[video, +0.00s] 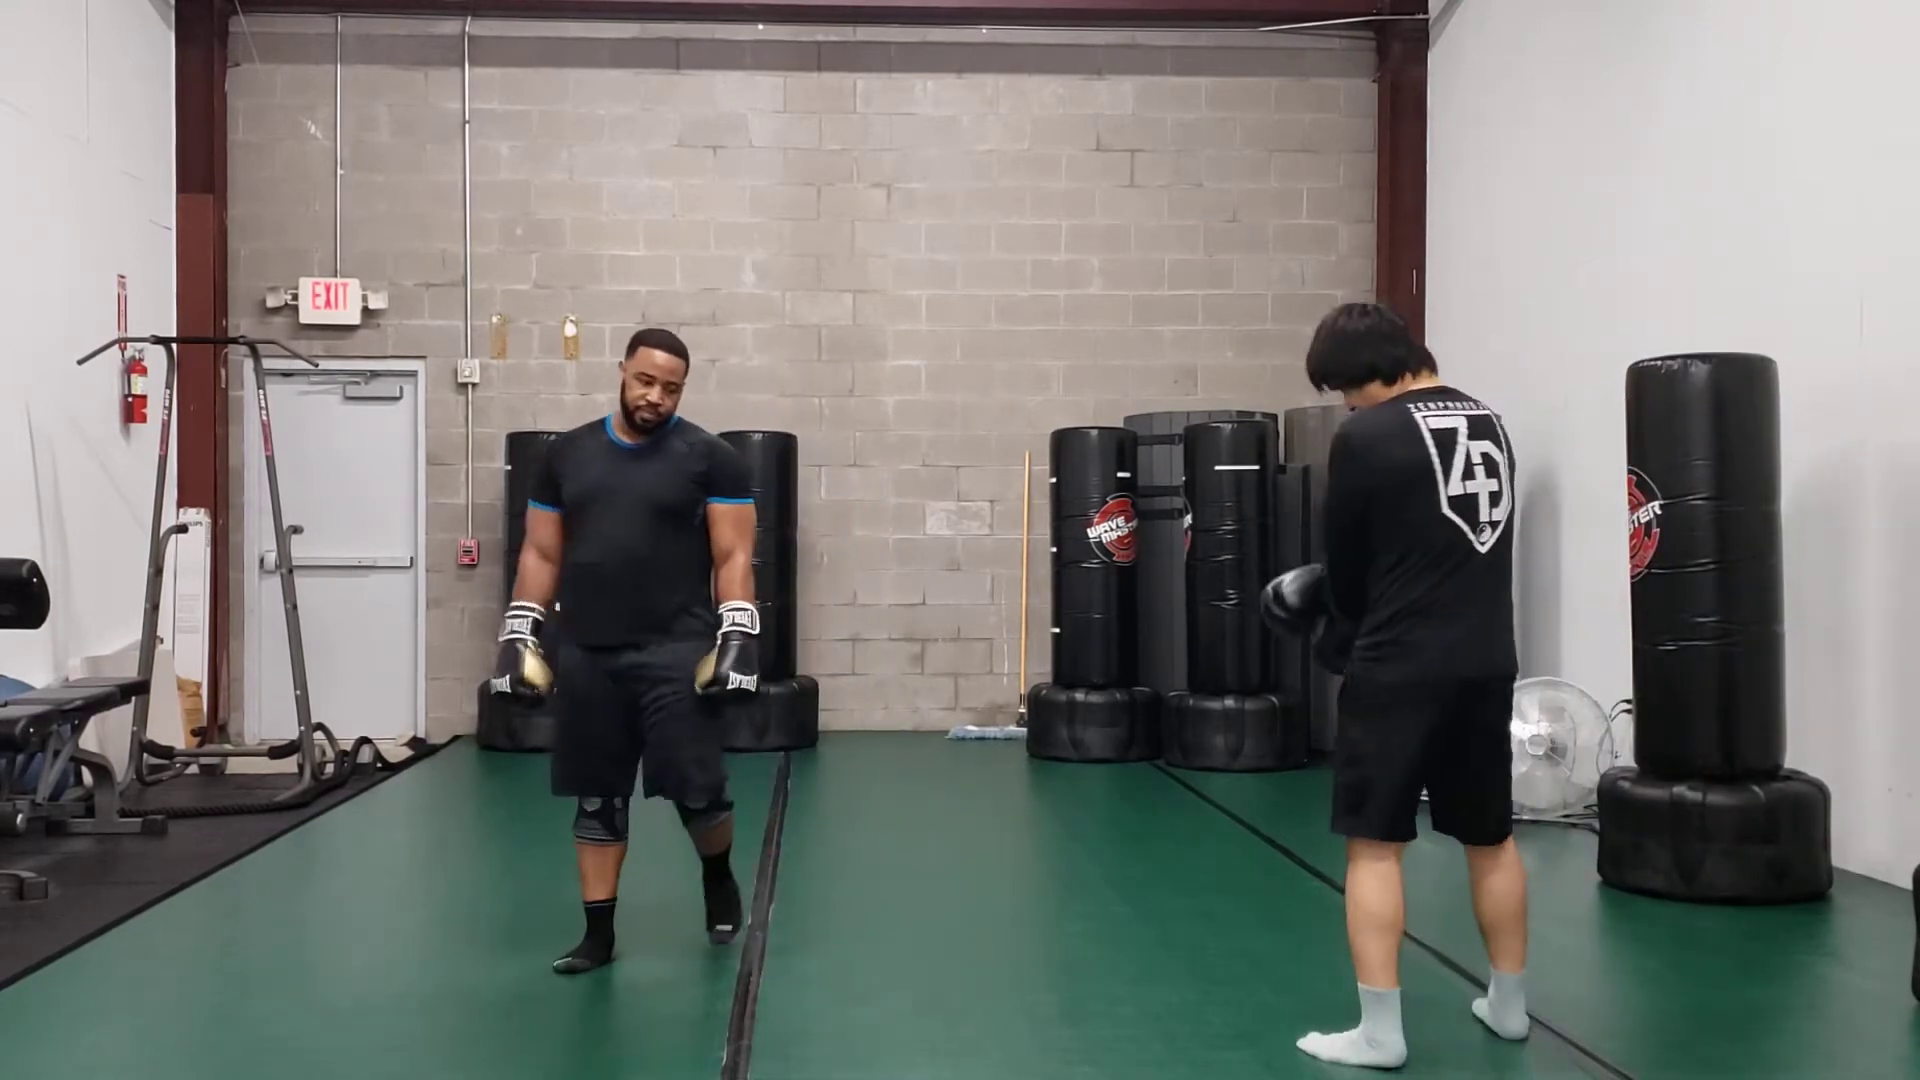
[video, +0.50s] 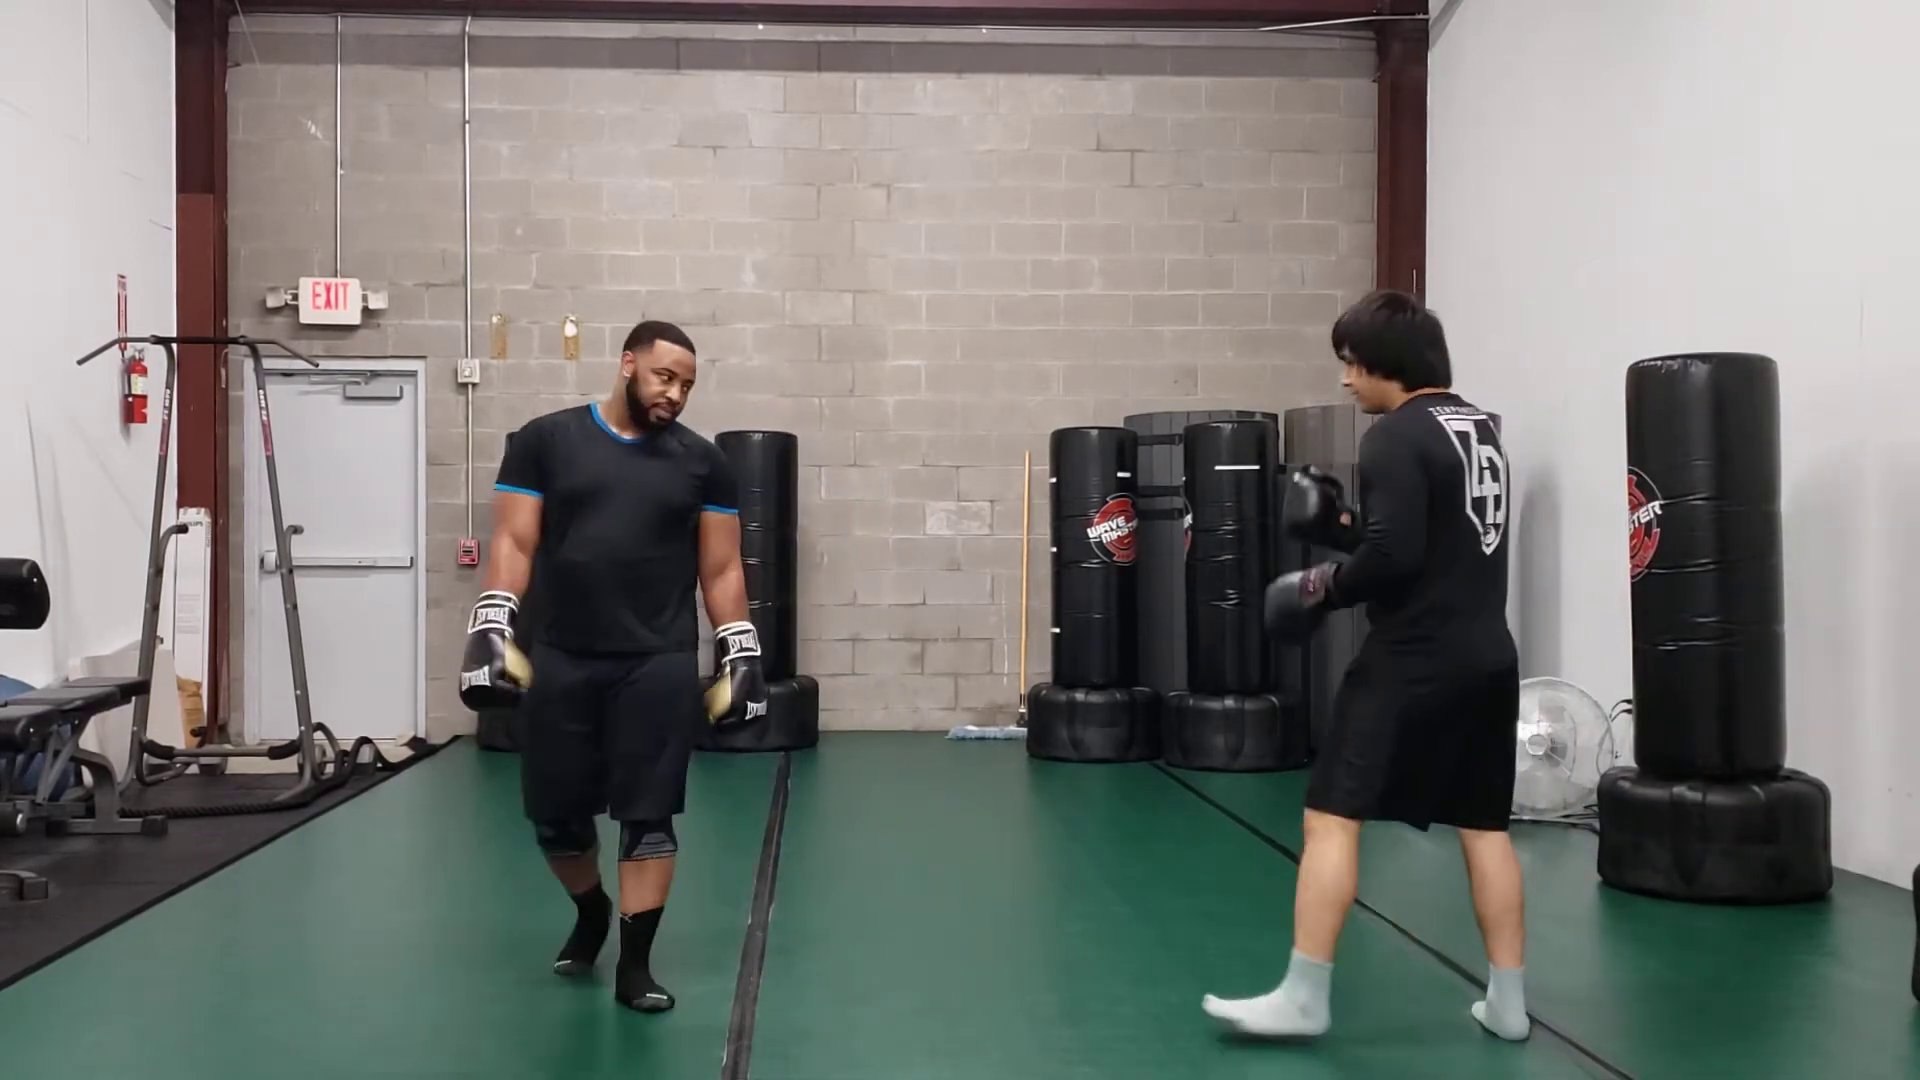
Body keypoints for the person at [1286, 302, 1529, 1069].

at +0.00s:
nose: (1344, 408)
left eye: (1342, 393)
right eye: (1338, 394)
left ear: (1365, 377)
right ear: (1408, 360)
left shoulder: (1365, 439)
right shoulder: (1483, 421)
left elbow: (1347, 577)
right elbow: (1448, 543)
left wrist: (1343, 642)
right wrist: (1329, 580)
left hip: (1397, 668)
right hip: (1484, 663)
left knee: (1375, 841)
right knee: (1491, 833)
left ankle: (1380, 1030)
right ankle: (1509, 1004)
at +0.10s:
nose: (1358, 395)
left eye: (1358, 379)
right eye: (1353, 381)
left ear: (1392, 367)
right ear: (1428, 356)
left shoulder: (1388, 436)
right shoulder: (1488, 420)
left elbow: (1362, 565)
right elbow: (1449, 541)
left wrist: (1361, 629)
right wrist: (1341, 586)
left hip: (1413, 664)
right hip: (1496, 658)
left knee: (1362, 825)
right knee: (1494, 825)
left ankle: (1383, 1018)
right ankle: (1507, 1003)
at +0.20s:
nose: (1362, 382)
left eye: (1366, 366)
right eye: (1360, 367)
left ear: (1403, 364)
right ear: (1439, 357)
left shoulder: (1404, 435)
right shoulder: (1493, 421)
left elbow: (1374, 562)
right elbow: (1464, 547)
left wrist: (1362, 623)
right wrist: (1352, 581)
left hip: (1424, 660)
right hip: (1503, 658)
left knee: (1345, 810)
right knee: (1495, 822)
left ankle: (1385, 997)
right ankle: (1507, 1003)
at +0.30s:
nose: (1364, 378)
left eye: (1369, 363)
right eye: (1363, 363)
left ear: (1405, 362)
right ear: (1440, 358)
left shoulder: (1412, 434)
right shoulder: (1492, 422)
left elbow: (1395, 557)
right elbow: (1468, 549)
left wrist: (1356, 605)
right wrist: (1364, 565)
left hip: (1429, 659)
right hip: (1503, 656)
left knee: (1336, 803)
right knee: (1492, 819)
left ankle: (1381, 988)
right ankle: (1507, 1003)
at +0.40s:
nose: (1358, 376)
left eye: (1365, 362)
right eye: (1358, 361)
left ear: (1402, 363)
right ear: (1435, 359)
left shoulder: (1409, 433)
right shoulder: (1484, 421)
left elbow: (1400, 554)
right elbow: (1452, 539)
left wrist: (1342, 599)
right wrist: (1354, 543)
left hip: (1424, 660)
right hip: (1497, 657)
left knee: (1335, 805)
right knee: (1488, 819)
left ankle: (1349, 994)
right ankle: (1508, 1004)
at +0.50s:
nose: (1345, 379)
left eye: (1351, 364)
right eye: (1344, 364)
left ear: (1388, 367)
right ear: (1421, 361)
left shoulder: (1396, 437)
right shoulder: (1481, 425)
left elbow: (1392, 556)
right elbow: (1443, 545)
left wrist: (1322, 586)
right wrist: (1344, 526)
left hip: (1407, 665)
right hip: (1486, 660)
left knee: (1331, 814)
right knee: (1485, 824)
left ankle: (1302, 997)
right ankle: (1509, 1004)